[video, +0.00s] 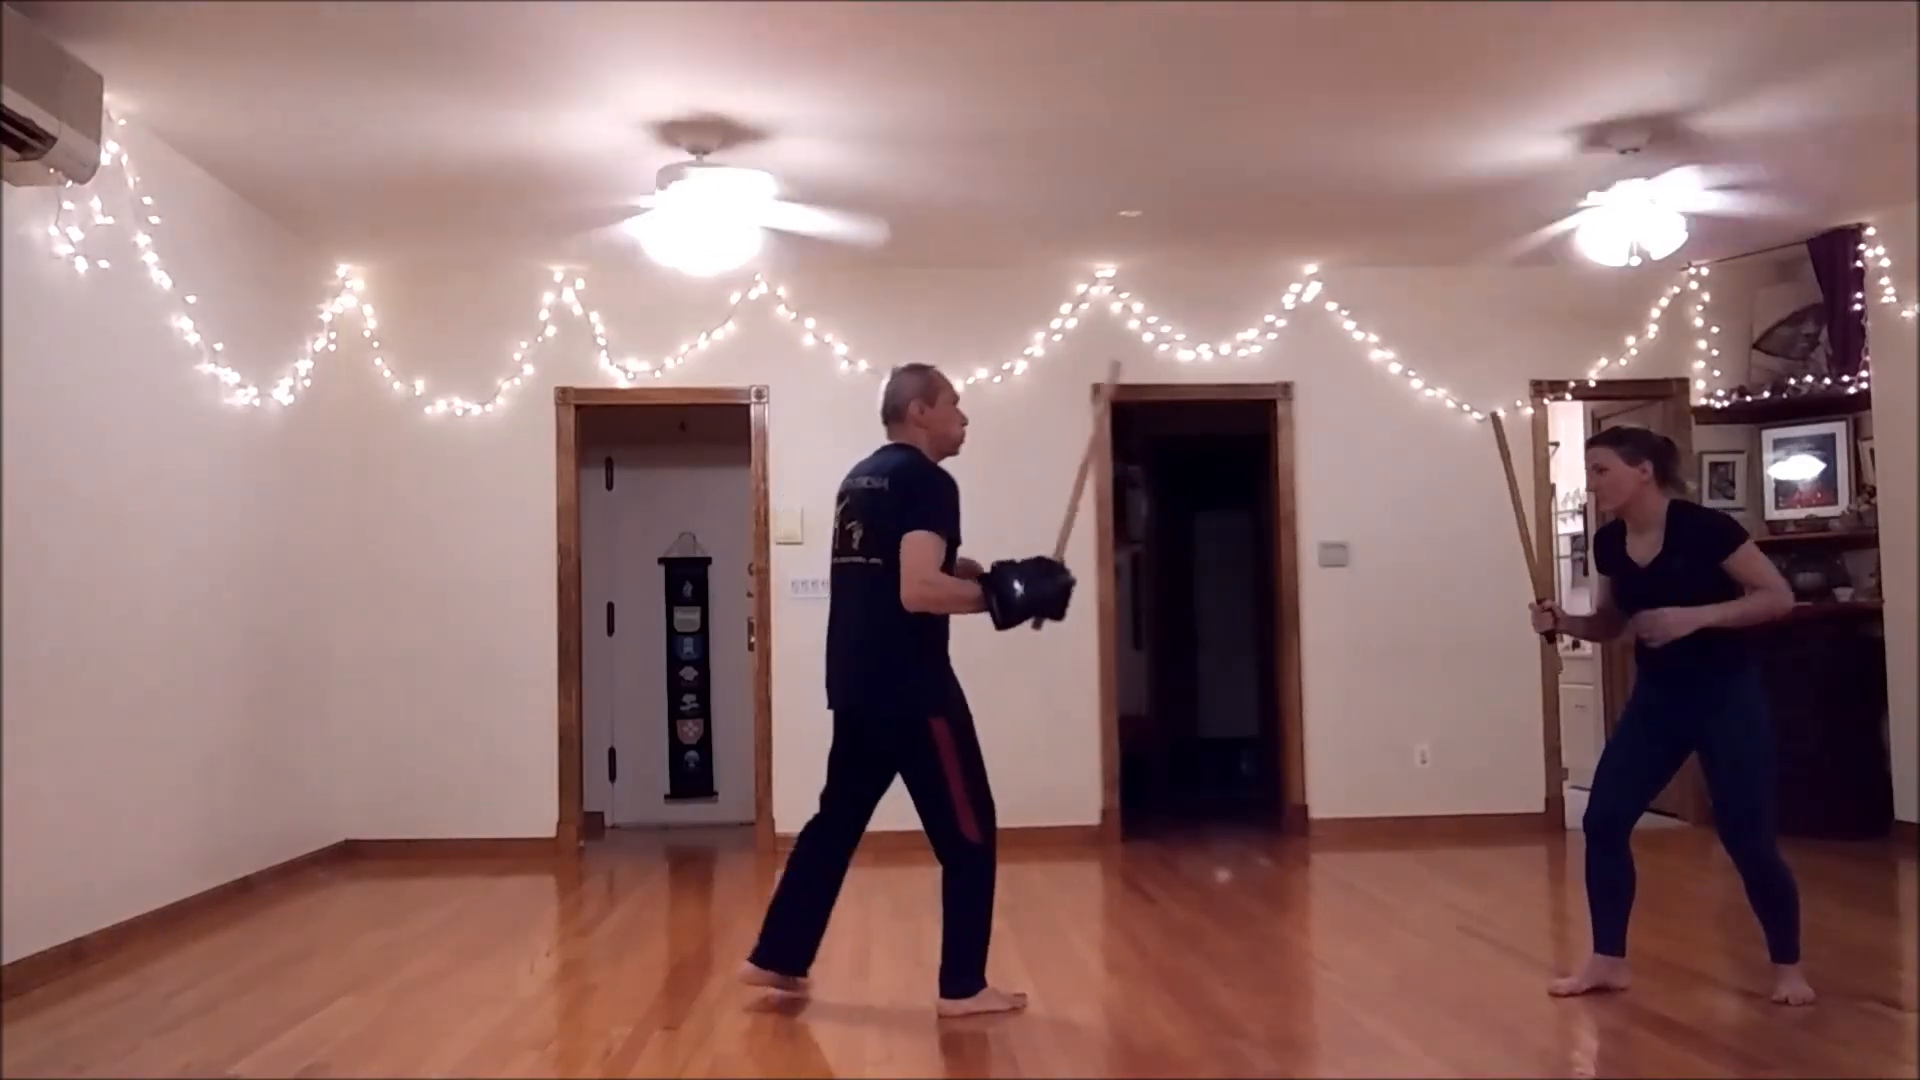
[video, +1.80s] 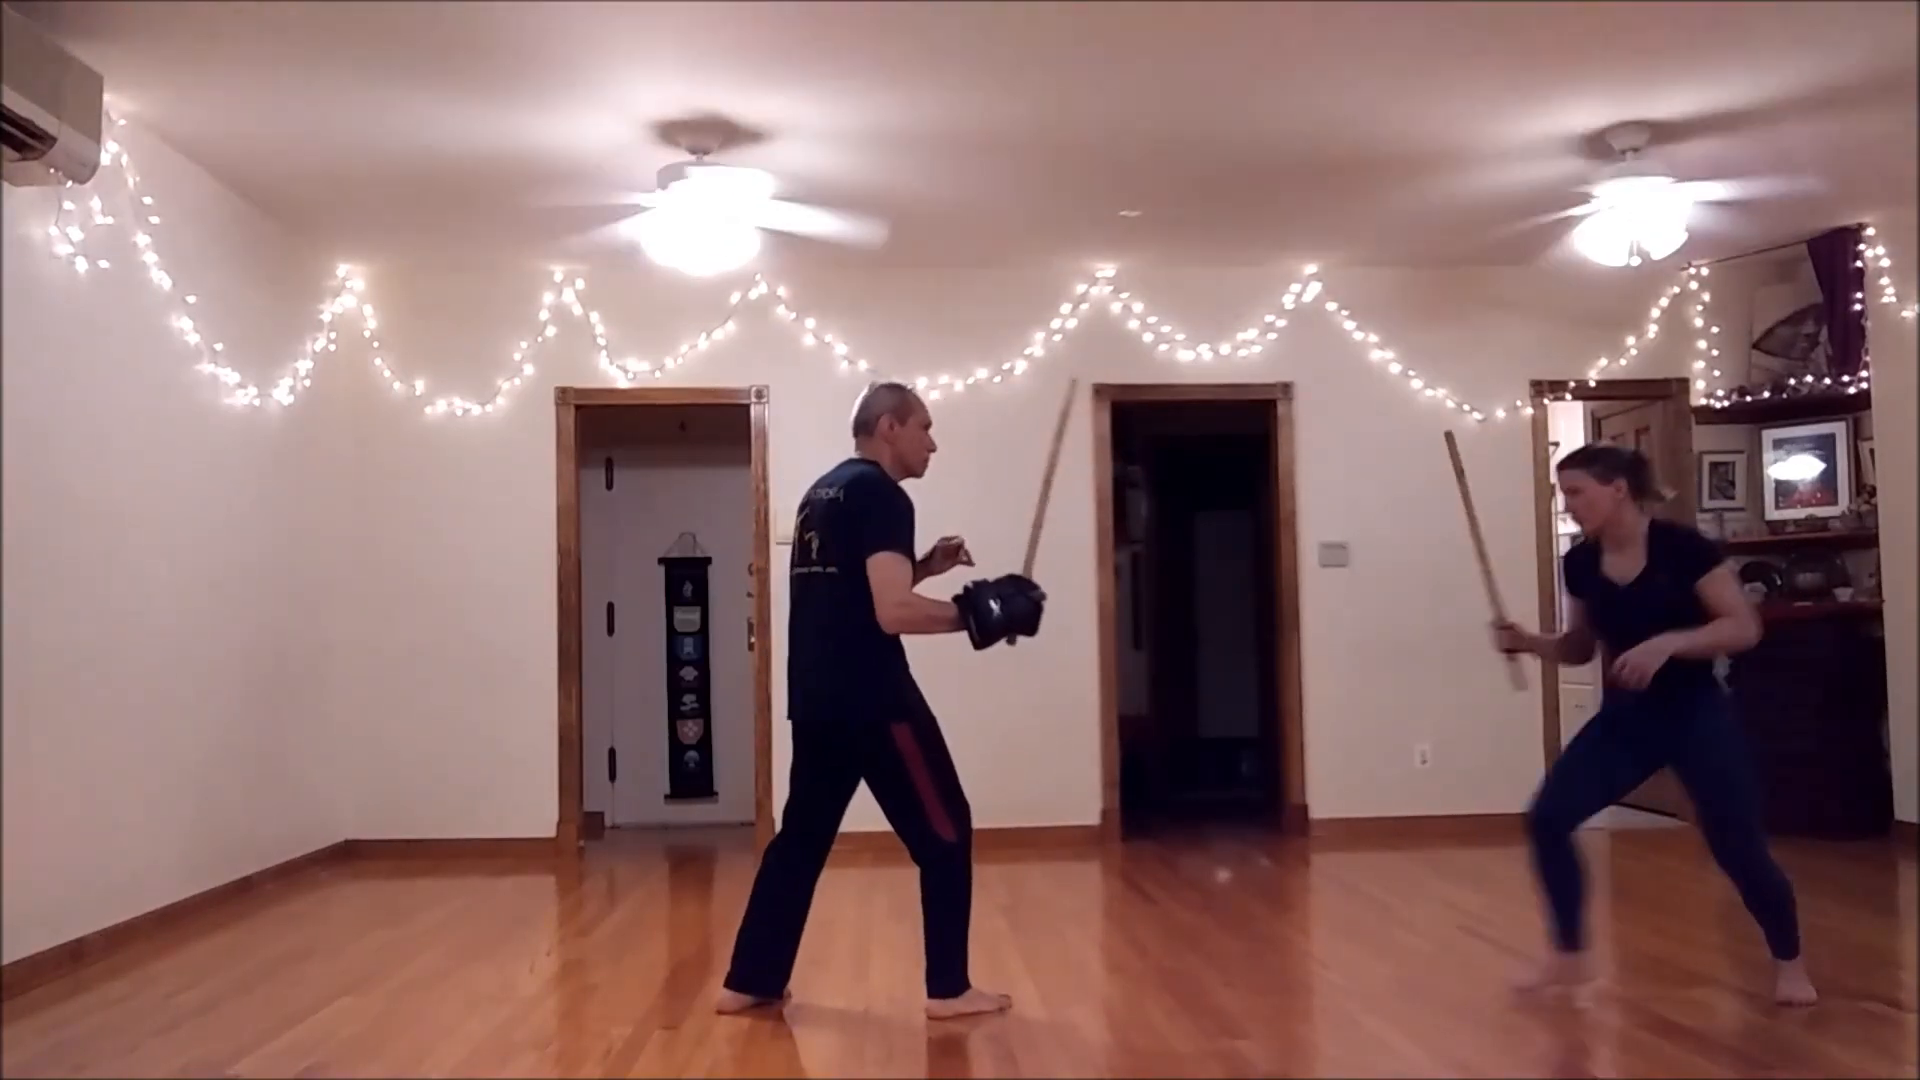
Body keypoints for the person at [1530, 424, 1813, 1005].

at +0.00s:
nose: (1592, 484)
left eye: (1601, 471)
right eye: (1589, 473)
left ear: (1641, 471)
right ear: (1626, 476)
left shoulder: (1703, 527)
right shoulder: (1609, 541)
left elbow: (1779, 597)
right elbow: (1613, 622)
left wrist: (1692, 616)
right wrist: (1564, 623)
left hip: (1728, 703)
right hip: (1657, 704)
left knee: (1747, 837)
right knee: (1604, 820)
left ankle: (1788, 968)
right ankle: (1607, 960)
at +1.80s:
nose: (1567, 505)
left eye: (1575, 492)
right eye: (1563, 495)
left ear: (1616, 489)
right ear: (1608, 495)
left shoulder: (1684, 548)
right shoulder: (1582, 563)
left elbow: (1745, 627)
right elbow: (1579, 647)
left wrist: (1666, 644)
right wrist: (1528, 642)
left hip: (1699, 717)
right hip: (1627, 718)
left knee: (1736, 843)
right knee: (1547, 818)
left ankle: (1788, 960)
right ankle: (1569, 956)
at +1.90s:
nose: (1531, 519)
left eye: (1540, 505)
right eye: (1529, 508)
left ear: (1582, 503)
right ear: (1566, 509)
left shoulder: (1650, 563)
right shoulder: (1544, 580)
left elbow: (1682, 650)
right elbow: (1521, 665)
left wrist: (1595, 634)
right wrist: (1469, 647)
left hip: (1664, 739)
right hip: (1593, 741)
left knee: (1723, 855)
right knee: (1499, 825)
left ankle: (1790, 960)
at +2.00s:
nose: (1464, 515)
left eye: (1473, 502)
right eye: (1459, 506)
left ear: (1510, 501)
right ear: (1468, 515)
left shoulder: (1567, 558)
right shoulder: (1470, 583)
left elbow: (1613, 634)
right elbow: (1431, 665)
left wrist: (1524, 612)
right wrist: (1369, 645)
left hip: (1600, 736)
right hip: (1528, 741)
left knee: (1686, 840)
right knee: (1437, 828)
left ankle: (1781, 950)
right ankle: (1393, 963)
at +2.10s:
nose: (1382, 515)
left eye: (1393, 502)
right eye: (1380, 504)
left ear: (1432, 504)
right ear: (1397, 515)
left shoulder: (1490, 555)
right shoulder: (1390, 585)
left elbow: (1557, 625)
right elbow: (1324, 652)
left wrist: (1482, 637)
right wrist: (1253, 653)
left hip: (1535, 725)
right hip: (1466, 734)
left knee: (1600, 843)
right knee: (1397, 830)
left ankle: (1695, 936)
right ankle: (1396, 974)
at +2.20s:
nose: (1334, 512)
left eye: (1343, 499)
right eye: (1332, 501)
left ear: (1384, 498)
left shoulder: (1443, 552)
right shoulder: (1344, 576)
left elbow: (1517, 621)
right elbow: (1288, 652)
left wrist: (1454, 665)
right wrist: (1221, 669)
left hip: (1477, 710)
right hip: (1413, 714)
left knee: (1494, 827)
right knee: (1358, 822)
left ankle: (1522, 945)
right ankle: (1389, 965)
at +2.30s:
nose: (1303, 519)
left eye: (1311, 506)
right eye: (1300, 508)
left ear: (1351, 504)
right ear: (1335, 511)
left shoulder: (1407, 560)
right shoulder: (1319, 580)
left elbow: (1476, 622)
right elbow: (1282, 661)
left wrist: (1434, 683)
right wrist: (1221, 651)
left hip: (1419, 720)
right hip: (1362, 722)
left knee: (1405, 829)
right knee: (1275, 796)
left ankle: (1445, 977)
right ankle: (1314, 932)